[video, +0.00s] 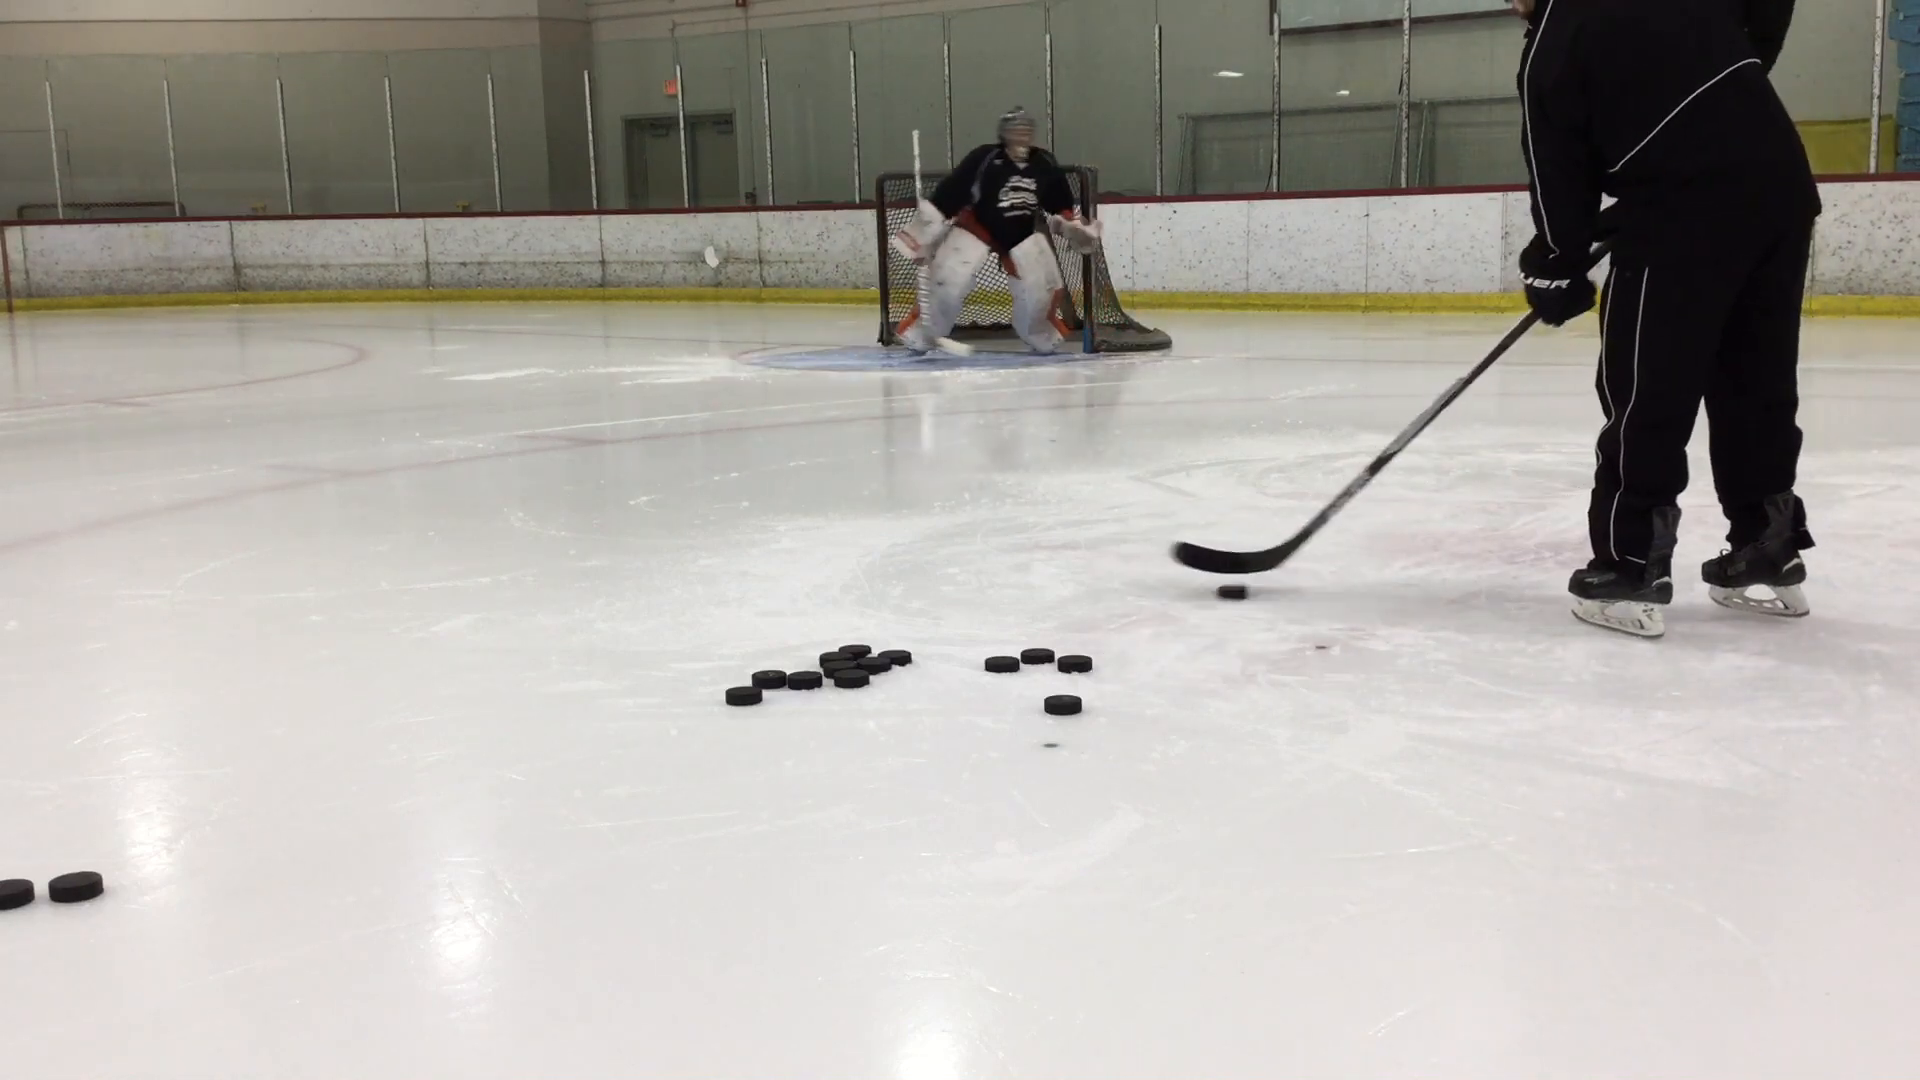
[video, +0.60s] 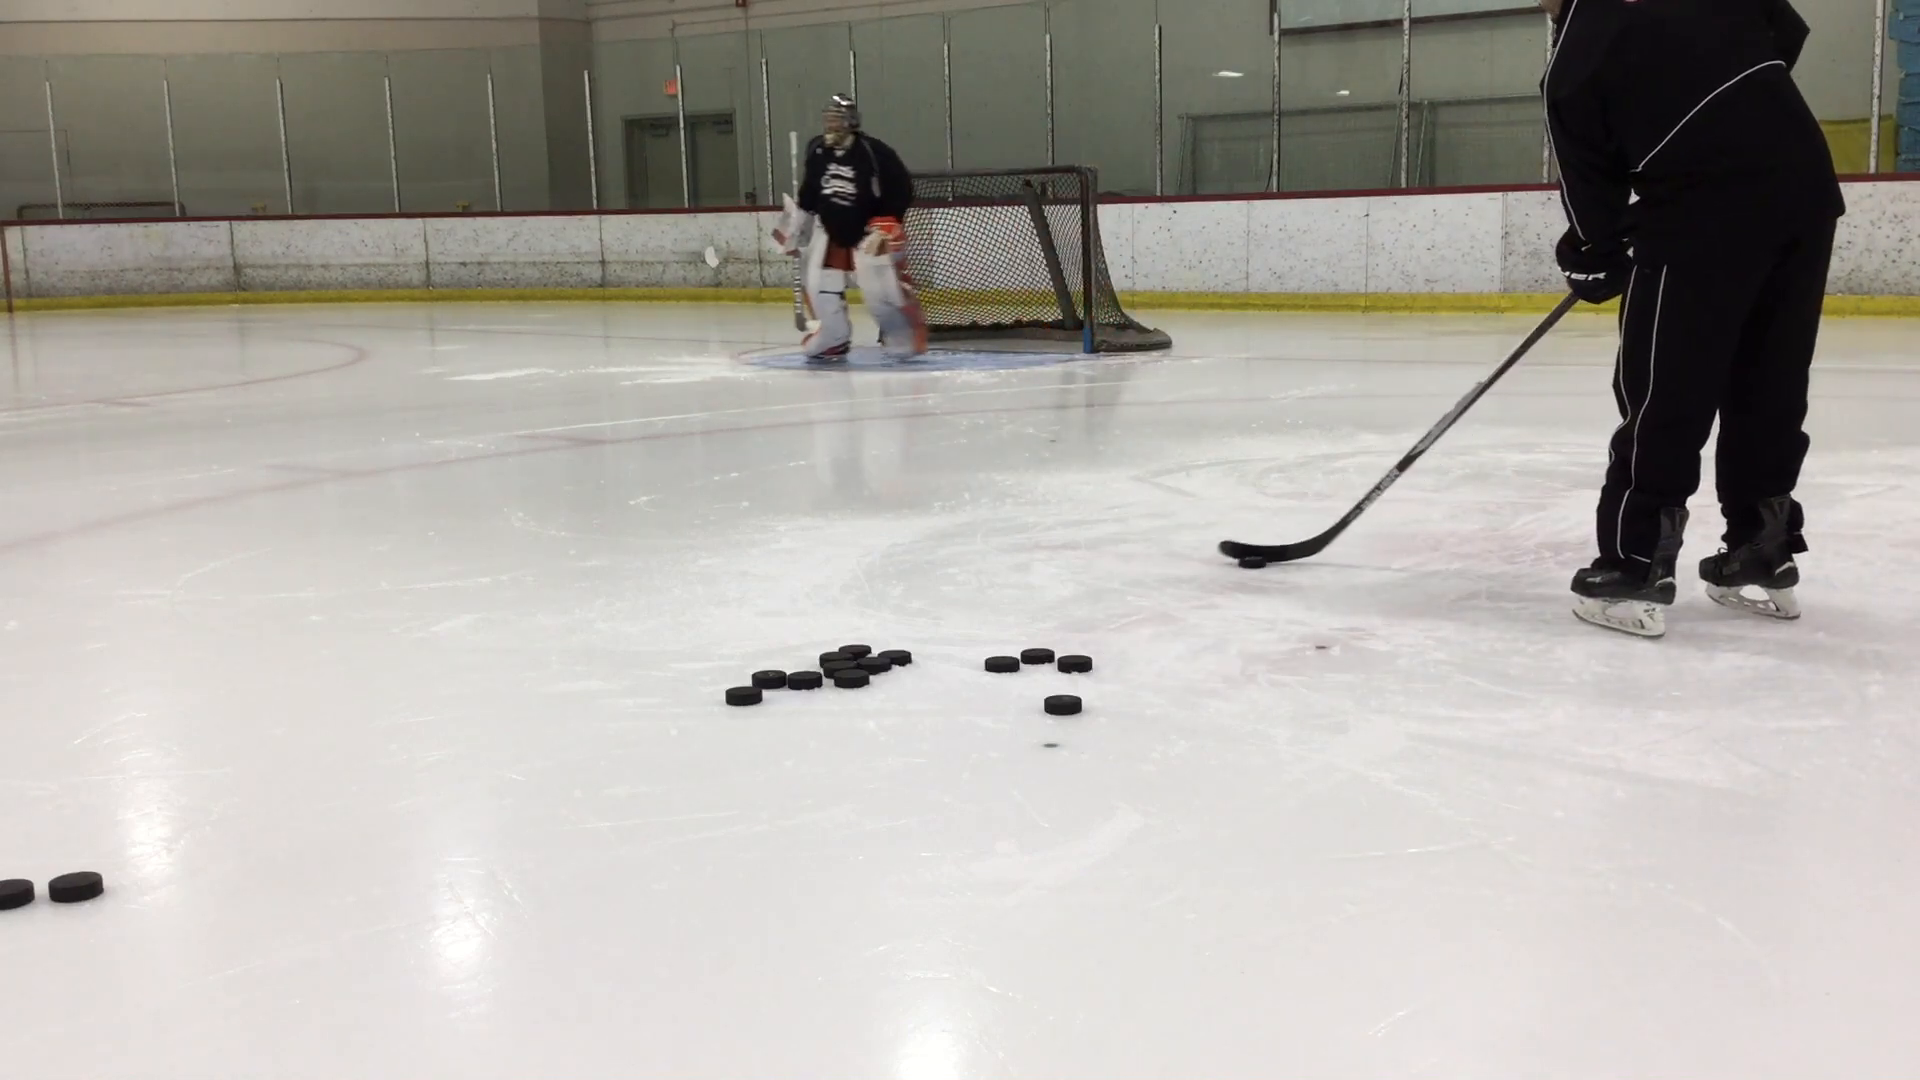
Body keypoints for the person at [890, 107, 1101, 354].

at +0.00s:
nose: (1024, 138)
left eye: (1027, 133)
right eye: (1017, 133)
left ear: (1032, 135)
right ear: (1004, 135)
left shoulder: (1044, 164)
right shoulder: (984, 159)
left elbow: (1061, 205)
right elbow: (947, 196)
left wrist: (1071, 228)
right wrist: (922, 234)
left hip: (1024, 235)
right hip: (977, 228)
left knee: (1040, 286)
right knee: (949, 279)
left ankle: (1039, 336)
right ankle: (925, 334)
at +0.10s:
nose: (983, 137)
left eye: (989, 132)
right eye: (979, 132)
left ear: (999, 135)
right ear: (972, 135)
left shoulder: (1018, 163)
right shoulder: (957, 161)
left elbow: (1039, 199)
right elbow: (924, 195)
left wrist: (1048, 230)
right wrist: (892, 227)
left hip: (1004, 236)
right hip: (959, 232)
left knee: (1025, 290)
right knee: (925, 276)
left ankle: (1025, 333)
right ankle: (920, 335)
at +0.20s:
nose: (941, 138)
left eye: (947, 132)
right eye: (937, 133)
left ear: (959, 135)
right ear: (932, 135)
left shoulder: (984, 162)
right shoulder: (922, 164)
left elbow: (1010, 190)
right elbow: (895, 198)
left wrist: (1012, 224)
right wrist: (868, 227)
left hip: (977, 237)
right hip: (936, 234)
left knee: (1008, 290)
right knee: (905, 281)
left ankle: (1015, 331)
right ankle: (917, 336)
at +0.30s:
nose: (901, 139)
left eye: (907, 133)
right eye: (898, 133)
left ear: (921, 134)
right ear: (894, 134)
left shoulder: (950, 161)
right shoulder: (889, 164)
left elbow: (977, 193)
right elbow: (870, 195)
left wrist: (974, 231)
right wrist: (847, 226)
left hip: (951, 235)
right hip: (909, 236)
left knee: (973, 278)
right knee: (882, 280)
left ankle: (1015, 330)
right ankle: (898, 335)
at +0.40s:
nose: (871, 137)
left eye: (877, 131)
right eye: (869, 131)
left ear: (892, 132)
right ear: (866, 131)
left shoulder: (920, 159)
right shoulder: (861, 159)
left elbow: (949, 191)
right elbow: (848, 195)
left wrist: (943, 230)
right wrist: (831, 225)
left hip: (925, 229)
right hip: (883, 231)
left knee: (942, 278)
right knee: (863, 281)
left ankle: (994, 327)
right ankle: (875, 336)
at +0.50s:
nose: (849, 131)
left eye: (854, 125)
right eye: (846, 125)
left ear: (869, 127)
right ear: (842, 126)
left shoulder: (894, 154)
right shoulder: (837, 152)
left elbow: (924, 187)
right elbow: (830, 189)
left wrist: (913, 229)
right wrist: (815, 223)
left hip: (890, 237)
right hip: (854, 234)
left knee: (908, 294)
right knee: (841, 286)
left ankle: (954, 329)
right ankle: (855, 338)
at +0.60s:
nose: (831, 125)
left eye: (837, 119)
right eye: (828, 119)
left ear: (851, 122)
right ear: (824, 121)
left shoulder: (875, 153)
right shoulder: (818, 149)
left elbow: (901, 192)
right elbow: (810, 191)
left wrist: (884, 231)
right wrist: (796, 228)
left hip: (869, 238)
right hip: (830, 234)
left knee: (878, 295)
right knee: (822, 289)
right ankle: (833, 341)